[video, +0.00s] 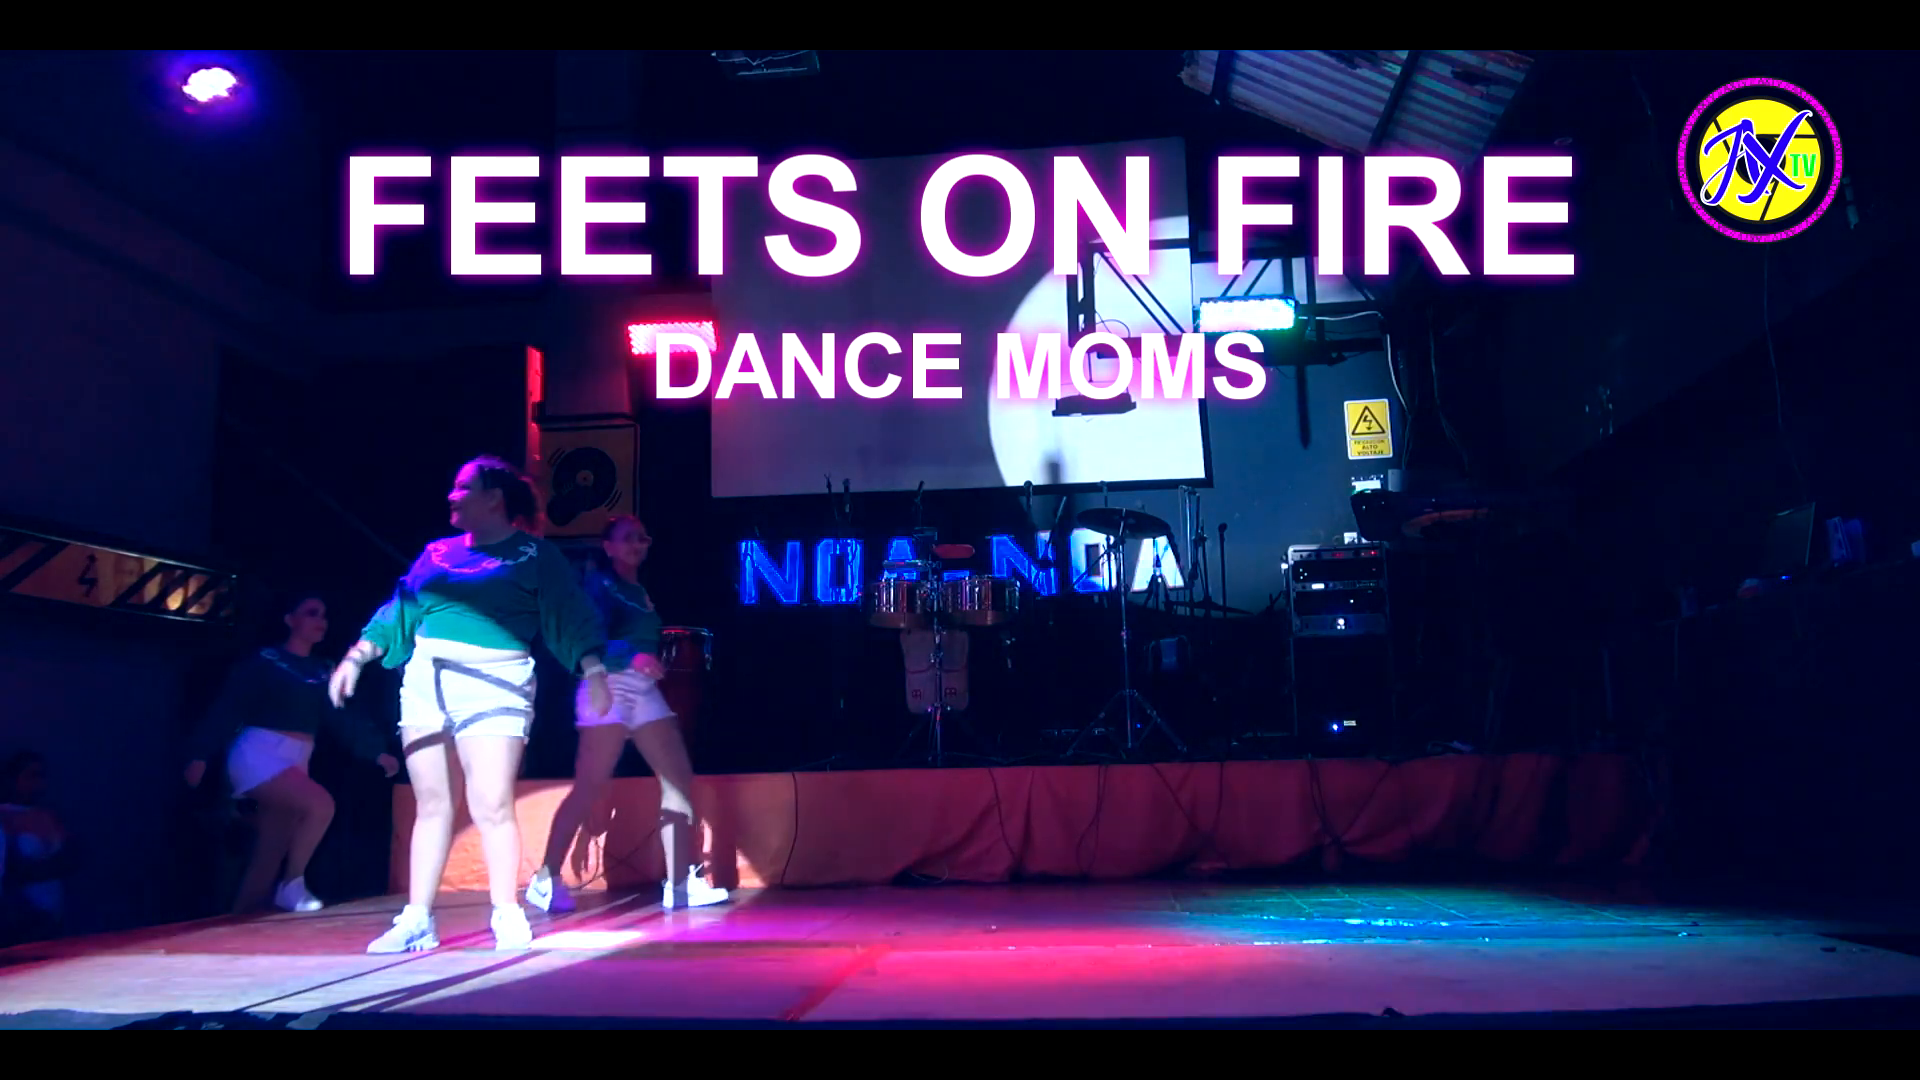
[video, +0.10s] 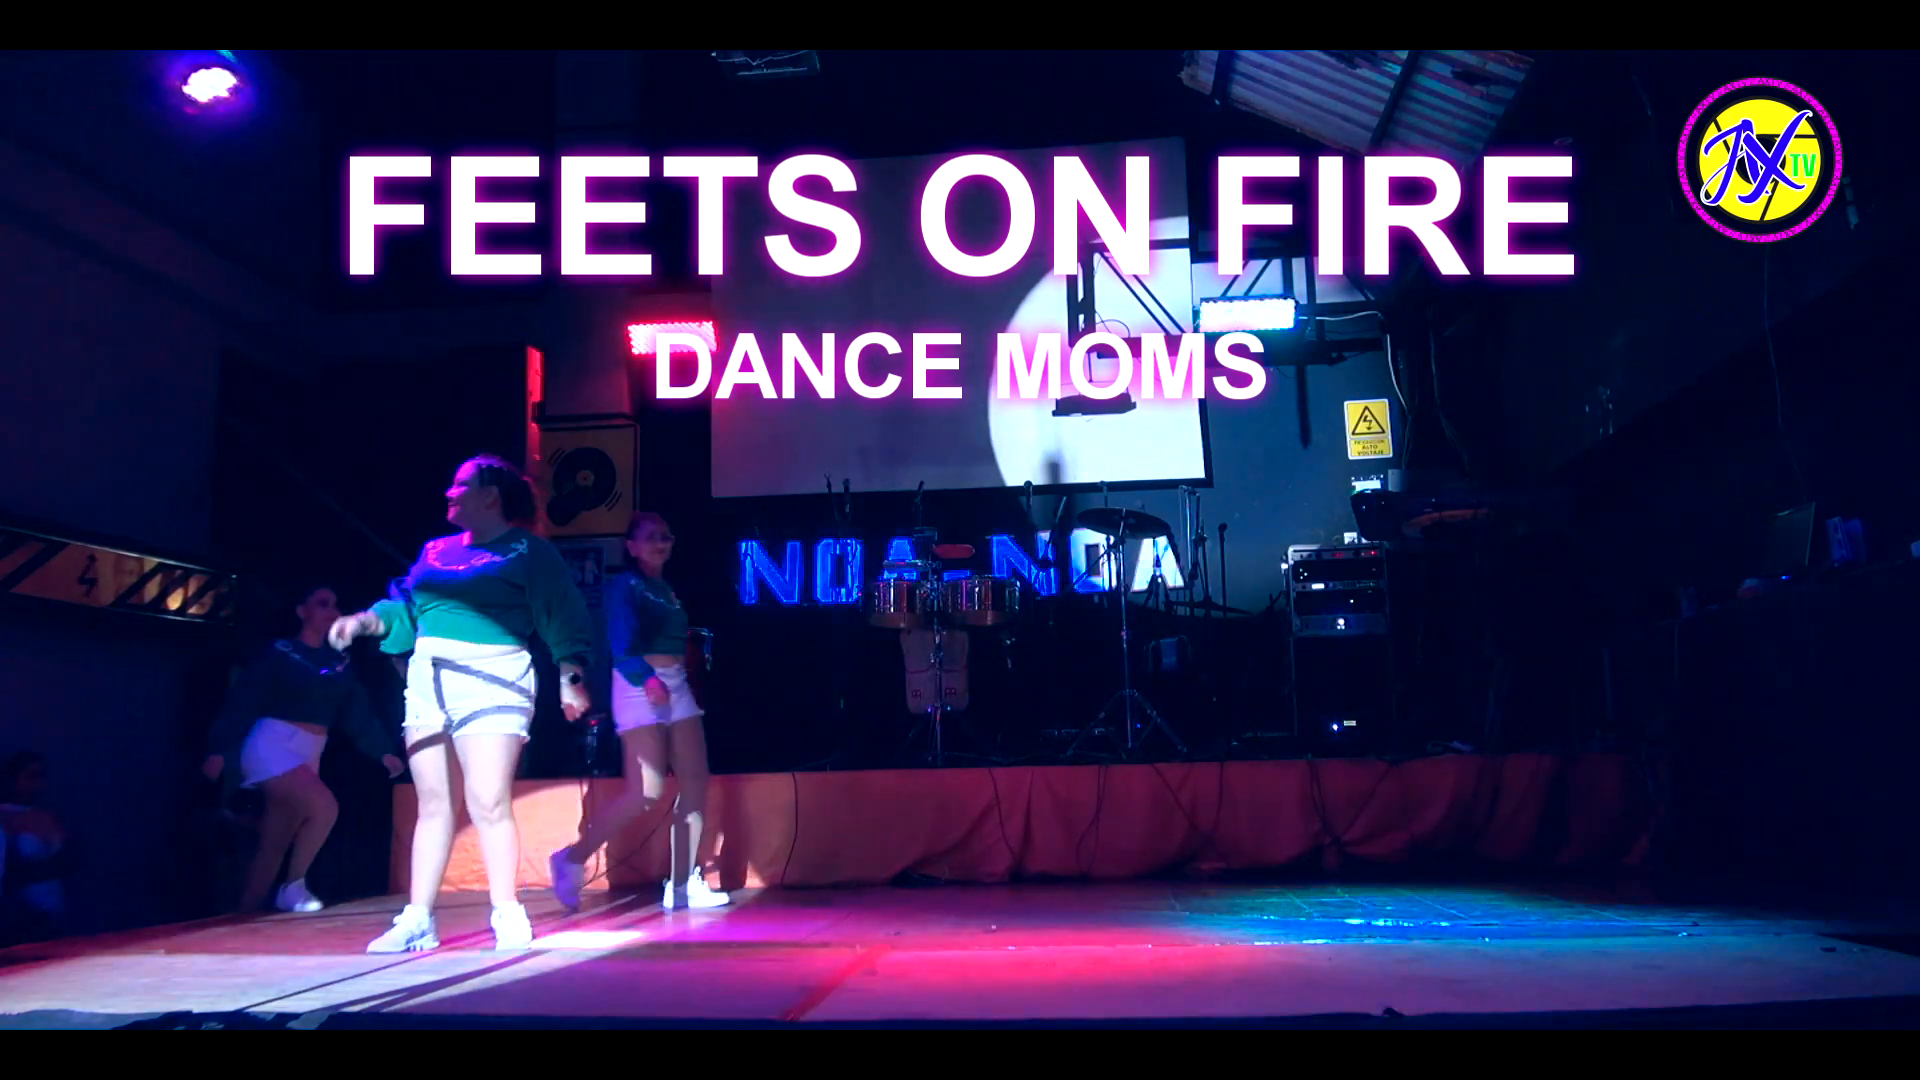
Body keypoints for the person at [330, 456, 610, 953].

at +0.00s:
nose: (453, 496)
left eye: (465, 489)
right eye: (454, 489)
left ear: (498, 500)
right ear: (466, 500)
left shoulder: (536, 556)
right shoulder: (437, 553)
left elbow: (573, 615)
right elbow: (399, 609)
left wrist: (595, 672)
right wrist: (358, 654)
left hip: (494, 681)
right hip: (424, 680)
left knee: (493, 804)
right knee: (432, 806)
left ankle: (506, 912)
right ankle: (417, 918)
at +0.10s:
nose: (450, 493)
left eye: (461, 486)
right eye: (452, 485)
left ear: (493, 497)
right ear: (472, 497)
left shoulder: (530, 552)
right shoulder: (436, 551)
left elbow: (565, 616)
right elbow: (412, 611)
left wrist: (571, 677)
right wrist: (368, 621)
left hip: (494, 677)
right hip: (427, 677)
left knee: (489, 802)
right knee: (433, 804)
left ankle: (507, 912)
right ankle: (418, 918)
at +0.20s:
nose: (450, 491)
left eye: (461, 484)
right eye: (453, 483)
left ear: (492, 494)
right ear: (472, 495)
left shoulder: (528, 550)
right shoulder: (434, 550)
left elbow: (562, 612)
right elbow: (413, 619)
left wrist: (558, 676)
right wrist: (377, 604)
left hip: (498, 677)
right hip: (433, 681)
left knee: (489, 800)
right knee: (438, 805)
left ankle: (509, 912)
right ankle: (419, 917)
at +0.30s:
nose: (452, 493)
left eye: (463, 485)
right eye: (455, 485)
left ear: (491, 495)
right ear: (474, 496)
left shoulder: (529, 549)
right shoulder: (440, 551)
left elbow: (563, 613)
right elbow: (417, 618)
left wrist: (555, 678)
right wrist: (386, 606)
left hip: (503, 682)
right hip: (440, 685)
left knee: (493, 802)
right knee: (443, 806)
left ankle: (511, 914)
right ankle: (419, 917)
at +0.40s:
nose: (459, 496)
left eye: (470, 490)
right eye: (462, 489)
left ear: (498, 498)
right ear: (482, 499)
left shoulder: (534, 550)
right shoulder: (449, 554)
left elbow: (566, 616)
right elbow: (421, 604)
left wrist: (559, 678)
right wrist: (397, 624)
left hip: (509, 689)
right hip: (448, 692)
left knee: (501, 806)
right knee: (443, 809)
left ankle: (512, 915)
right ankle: (419, 917)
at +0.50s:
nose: (466, 498)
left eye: (477, 491)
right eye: (468, 490)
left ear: (506, 499)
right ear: (482, 500)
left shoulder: (540, 552)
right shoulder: (456, 557)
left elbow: (564, 616)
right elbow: (434, 623)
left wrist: (560, 675)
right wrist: (406, 675)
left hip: (517, 689)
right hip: (454, 693)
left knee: (510, 803)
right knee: (440, 808)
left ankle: (514, 915)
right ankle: (419, 917)